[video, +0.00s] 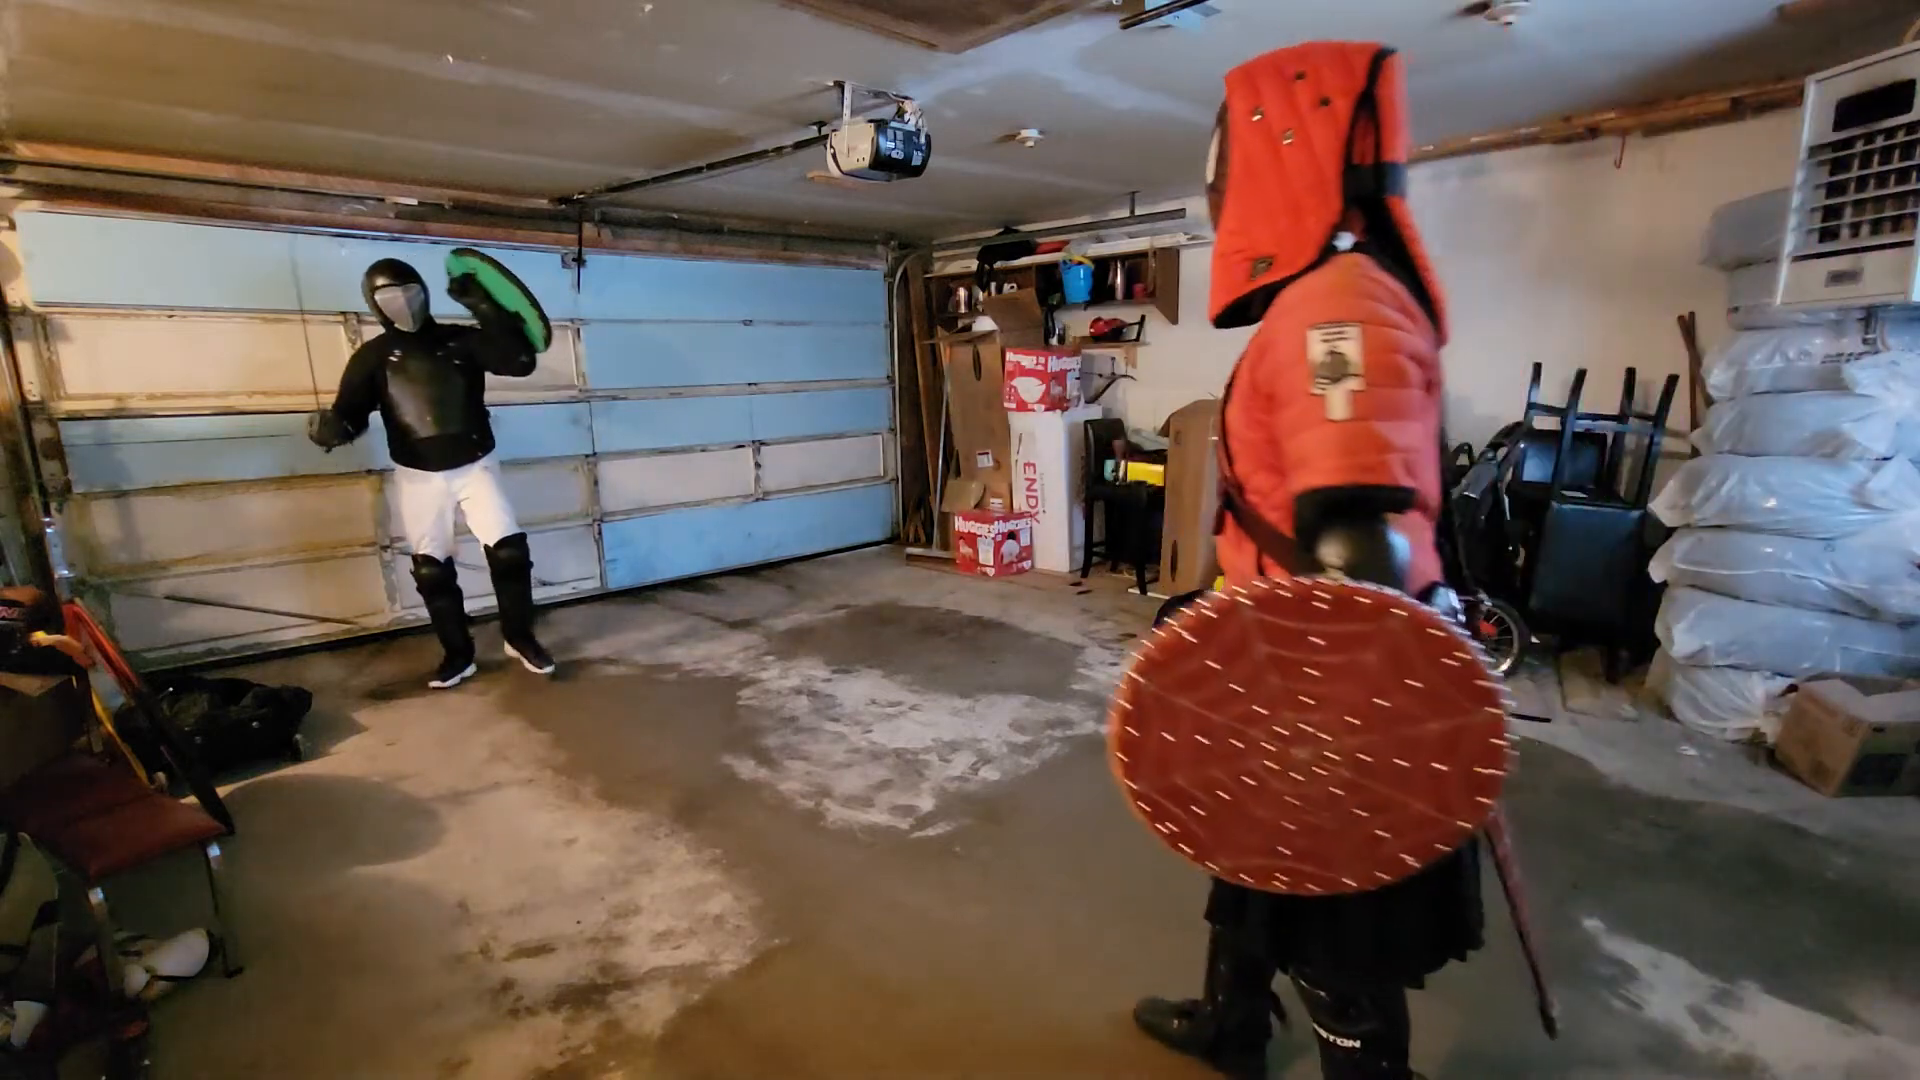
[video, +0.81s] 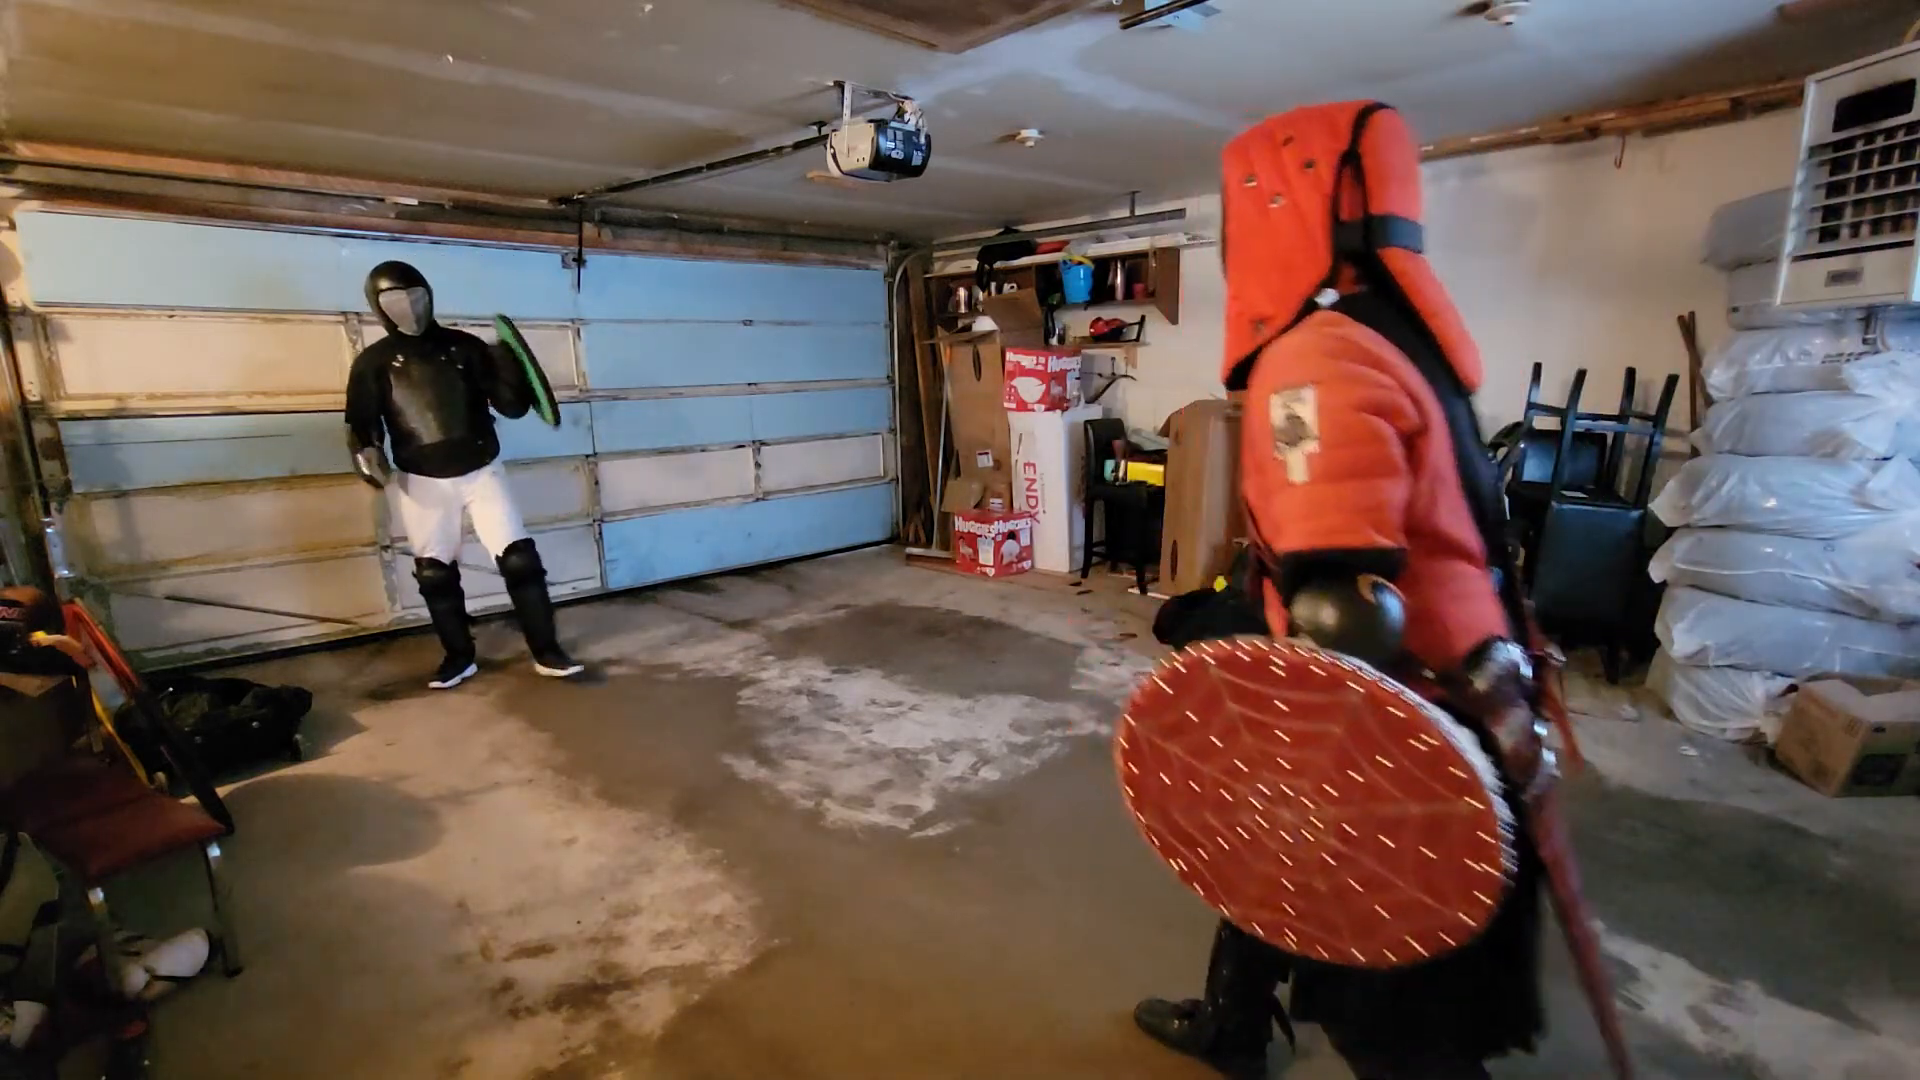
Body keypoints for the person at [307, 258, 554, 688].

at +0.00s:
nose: (401, 304)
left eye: (407, 293)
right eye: (388, 298)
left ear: (421, 293)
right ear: (375, 306)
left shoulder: (463, 341)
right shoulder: (371, 359)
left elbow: (521, 361)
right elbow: (349, 417)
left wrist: (481, 304)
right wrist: (331, 429)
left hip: (475, 468)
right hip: (417, 477)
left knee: (510, 551)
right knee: (430, 569)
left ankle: (520, 637)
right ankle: (458, 654)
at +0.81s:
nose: (408, 306)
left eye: (414, 295)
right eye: (395, 299)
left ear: (427, 296)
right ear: (379, 308)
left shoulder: (466, 347)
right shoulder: (372, 364)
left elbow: (513, 406)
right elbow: (361, 423)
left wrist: (510, 362)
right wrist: (366, 451)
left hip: (482, 473)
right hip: (422, 483)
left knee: (519, 558)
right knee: (433, 573)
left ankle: (547, 651)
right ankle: (459, 656)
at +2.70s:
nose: (508, 271)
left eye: (515, 259)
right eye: (493, 262)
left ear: (531, 267)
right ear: (473, 275)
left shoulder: (566, 334)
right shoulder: (455, 341)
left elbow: (632, 378)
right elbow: (416, 417)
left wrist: (606, 311)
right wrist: (423, 485)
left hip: (560, 494)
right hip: (485, 496)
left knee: (583, 598)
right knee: (460, 600)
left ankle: (590, 712)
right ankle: (487, 670)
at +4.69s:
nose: (497, 316)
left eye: (503, 305)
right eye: (483, 306)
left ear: (514, 311)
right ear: (460, 315)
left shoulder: (536, 371)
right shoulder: (436, 373)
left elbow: (597, 412)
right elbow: (393, 445)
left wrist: (575, 353)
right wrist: (422, 499)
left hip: (529, 514)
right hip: (460, 516)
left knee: (566, 600)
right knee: (446, 616)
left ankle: (572, 702)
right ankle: (465, 668)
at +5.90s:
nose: (535, 303)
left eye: (536, 295)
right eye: (524, 296)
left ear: (540, 302)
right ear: (498, 305)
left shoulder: (560, 357)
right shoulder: (469, 362)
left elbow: (616, 397)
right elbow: (429, 432)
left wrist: (588, 337)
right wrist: (458, 475)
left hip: (559, 490)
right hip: (494, 493)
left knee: (613, 570)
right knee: (472, 593)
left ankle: (641, 663)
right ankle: (469, 675)